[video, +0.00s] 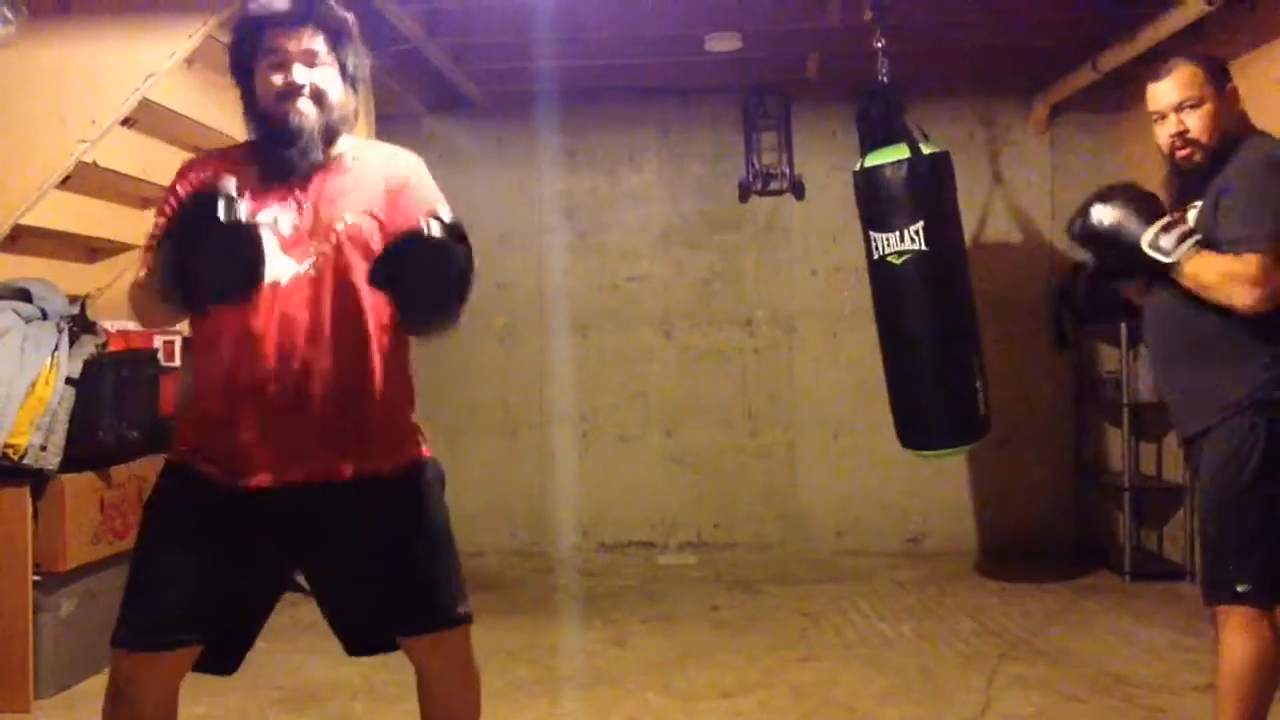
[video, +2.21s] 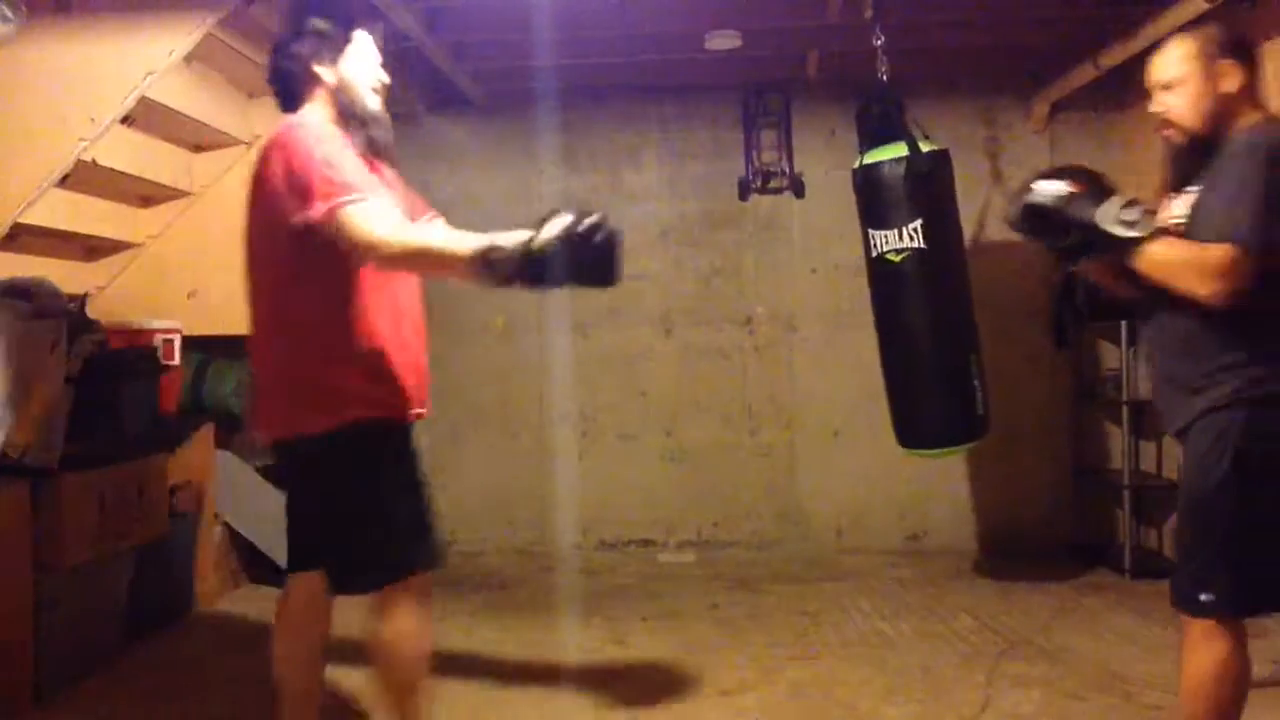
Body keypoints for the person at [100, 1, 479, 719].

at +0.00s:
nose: (295, 77)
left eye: (315, 61)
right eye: (276, 63)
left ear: (348, 78)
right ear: (248, 82)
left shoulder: (396, 171)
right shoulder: (204, 178)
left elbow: (428, 313)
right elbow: (150, 310)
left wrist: (435, 289)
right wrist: (186, 272)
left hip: (372, 469)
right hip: (221, 472)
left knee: (443, 645)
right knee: (143, 664)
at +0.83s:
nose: (282, 92)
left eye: (301, 72)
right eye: (259, 73)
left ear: (332, 83)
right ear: (230, 89)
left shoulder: (391, 181)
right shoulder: (189, 194)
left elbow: (441, 306)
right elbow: (136, 329)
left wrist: (425, 366)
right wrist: (173, 362)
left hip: (375, 475)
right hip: (223, 478)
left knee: (441, 642)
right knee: (152, 659)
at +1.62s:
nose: (242, 36)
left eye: (241, 20)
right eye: (212, 15)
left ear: (251, 41)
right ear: (156, 40)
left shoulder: (295, 142)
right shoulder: (100, 162)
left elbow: (333, 262)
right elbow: (58, 313)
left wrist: (335, 361)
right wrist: (129, 414)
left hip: (296, 437)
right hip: (169, 446)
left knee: (338, 585)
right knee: (153, 633)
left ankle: (323, 715)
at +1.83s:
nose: (311, 49)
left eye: (306, 35)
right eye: (290, 30)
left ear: (253, 51)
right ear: (236, 49)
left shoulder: (327, 157)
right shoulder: (192, 150)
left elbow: (351, 270)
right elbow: (122, 292)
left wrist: (373, 348)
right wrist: (213, 386)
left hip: (321, 442)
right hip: (216, 444)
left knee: (322, 592)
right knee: (191, 634)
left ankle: (306, 717)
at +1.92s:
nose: (332, 58)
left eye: (328, 44)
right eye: (315, 42)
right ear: (263, 56)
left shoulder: (329, 155)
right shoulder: (222, 149)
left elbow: (352, 266)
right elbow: (178, 284)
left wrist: (401, 336)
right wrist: (271, 369)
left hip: (334, 427)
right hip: (239, 433)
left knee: (326, 589)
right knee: (223, 618)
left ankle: (307, 716)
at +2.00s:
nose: (345, 62)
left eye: (342, 47)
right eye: (328, 45)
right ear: (278, 55)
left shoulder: (337, 152)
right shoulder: (246, 138)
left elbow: (374, 267)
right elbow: (226, 264)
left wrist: (437, 320)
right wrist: (336, 329)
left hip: (334, 412)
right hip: (267, 415)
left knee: (322, 588)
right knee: (274, 608)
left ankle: (305, 711)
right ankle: (231, 711)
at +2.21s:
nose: (385, 75)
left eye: (381, 59)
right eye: (371, 55)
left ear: (322, 66)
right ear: (319, 61)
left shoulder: (352, 155)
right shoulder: (301, 140)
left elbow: (432, 236)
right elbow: (372, 238)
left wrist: (528, 251)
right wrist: (515, 252)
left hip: (343, 410)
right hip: (341, 413)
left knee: (309, 582)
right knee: (404, 584)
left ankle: (298, 712)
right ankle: (408, 711)